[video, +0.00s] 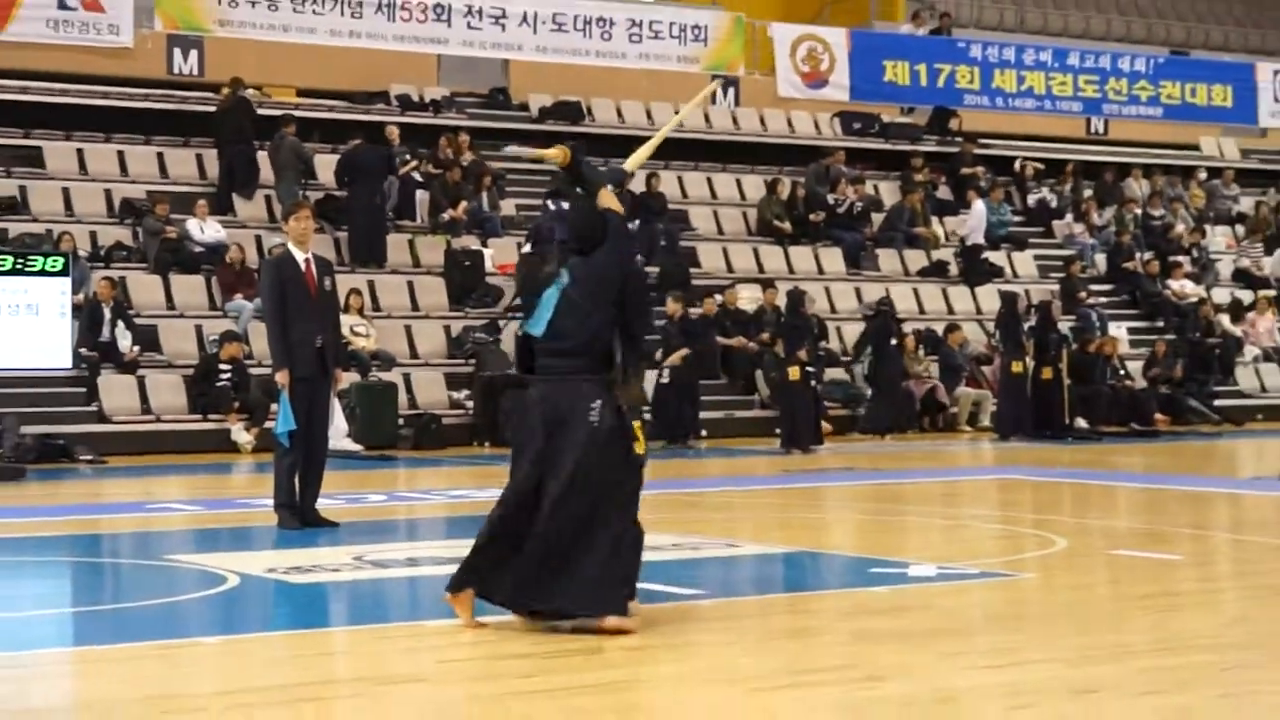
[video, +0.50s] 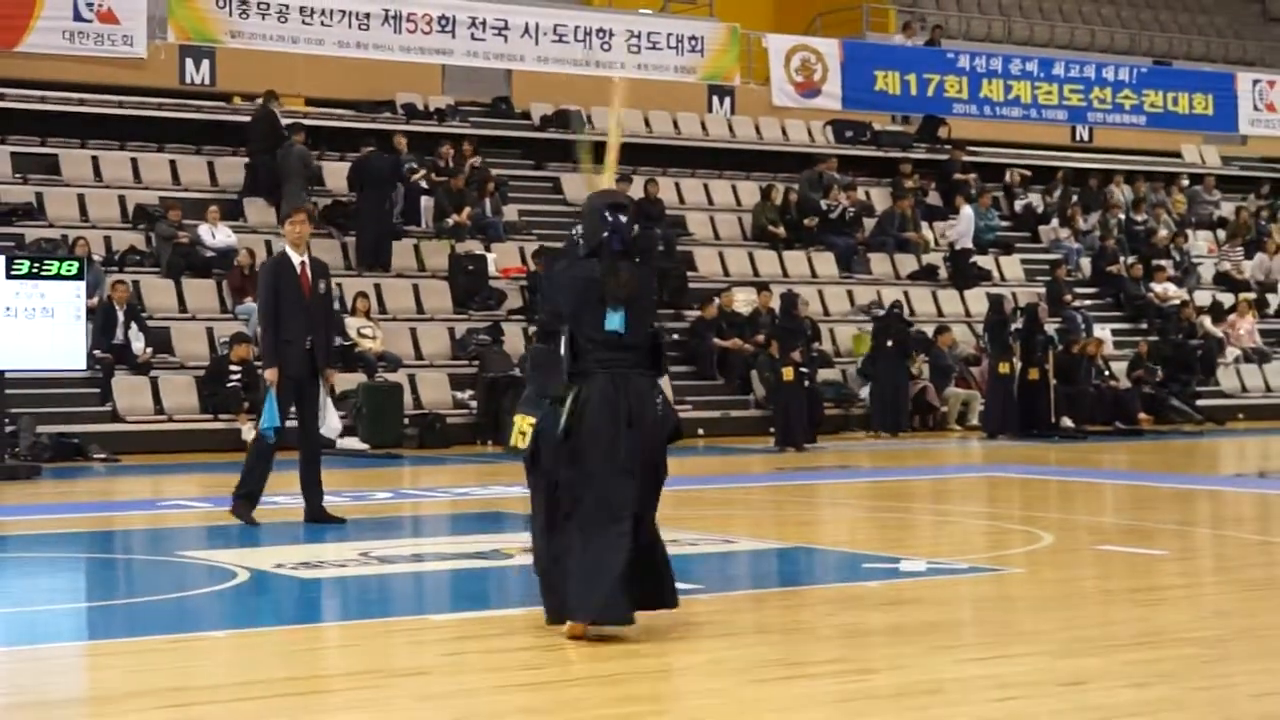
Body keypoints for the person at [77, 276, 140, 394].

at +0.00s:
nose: (101, 291)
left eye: (105, 288)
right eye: (99, 288)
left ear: (113, 292)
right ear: (96, 290)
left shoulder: (118, 306)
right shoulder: (91, 306)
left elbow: (132, 326)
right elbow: (84, 328)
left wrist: (135, 349)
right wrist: (83, 348)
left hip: (112, 345)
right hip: (94, 345)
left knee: (130, 364)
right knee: (93, 364)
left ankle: (124, 399)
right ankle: (93, 399)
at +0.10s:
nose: (111, 293)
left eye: (115, 290)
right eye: (110, 290)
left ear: (123, 293)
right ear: (107, 291)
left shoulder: (128, 308)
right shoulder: (101, 307)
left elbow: (142, 328)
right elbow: (95, 328)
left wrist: (145, 349)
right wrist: (94, 348)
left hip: (122, 347)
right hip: (103, 347)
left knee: (140, 364)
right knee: (104, 363)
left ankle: (133, 398)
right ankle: (103, 398)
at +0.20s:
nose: (114, 294)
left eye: (118, 291)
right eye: (113, 291)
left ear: (127, 295)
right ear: (110, 292)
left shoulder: (131, 308)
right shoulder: (103, 308)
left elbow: (144, 329)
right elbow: (98, 330)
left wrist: (147, 350)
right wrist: (97, 350)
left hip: (124, 347)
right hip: (105, 347)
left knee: (143, 365)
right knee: (107, 363)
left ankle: (137, 401)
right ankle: (106, 400)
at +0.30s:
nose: (114, 294)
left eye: (118, 291)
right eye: (113, 291)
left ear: (126, 294)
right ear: (110, 292)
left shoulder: (131, 308)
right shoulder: (103, 307)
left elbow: (144, 328)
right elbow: (97, 329)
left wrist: (147, 349)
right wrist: (96, 349)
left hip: (123, 347)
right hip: (105, 347)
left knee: (143, 364)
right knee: (107, 363)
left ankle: (136, 399)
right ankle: (105, 399)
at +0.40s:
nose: (119, 294)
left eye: (122, 291)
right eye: (116, 291)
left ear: (127, 293)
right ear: (111, 292)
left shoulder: (132, 308)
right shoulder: (104, 307)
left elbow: (144, 328)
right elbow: (97, 329)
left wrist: (148, 349)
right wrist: (96, 349)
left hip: (125, 346)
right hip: (106, 347)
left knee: (142, 364)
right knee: (107, 363)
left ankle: (137, 399)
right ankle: (106, 398)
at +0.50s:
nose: (121, 295)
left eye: (124, 291)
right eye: (118, 291)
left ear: (129, 294)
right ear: (112, 293)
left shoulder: (132, 308)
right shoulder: (104, 308)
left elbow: (145, 329)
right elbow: (97, 330)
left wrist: (148, 350)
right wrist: (97, 351)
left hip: (124, 347)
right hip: (106, 348)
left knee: (143, 365)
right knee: (108, 363)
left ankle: (138, 399)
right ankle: (106, 399)